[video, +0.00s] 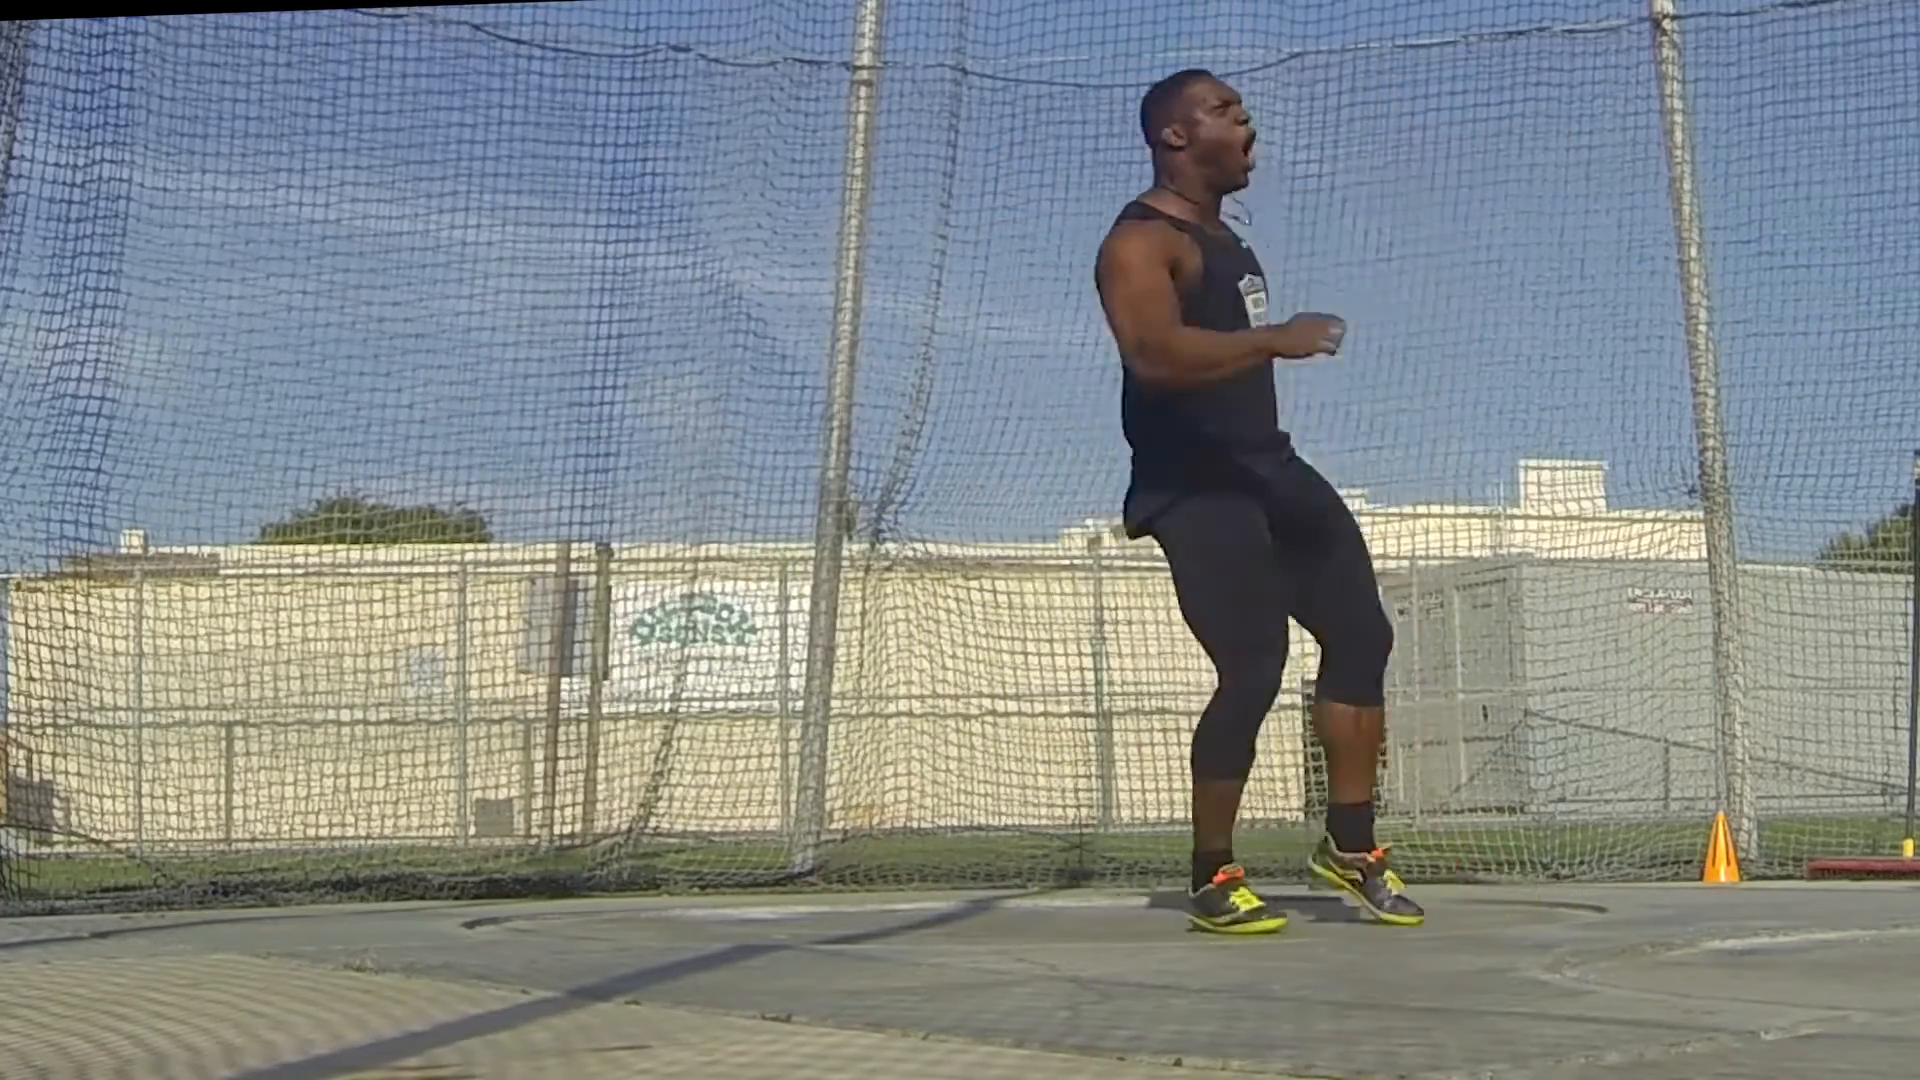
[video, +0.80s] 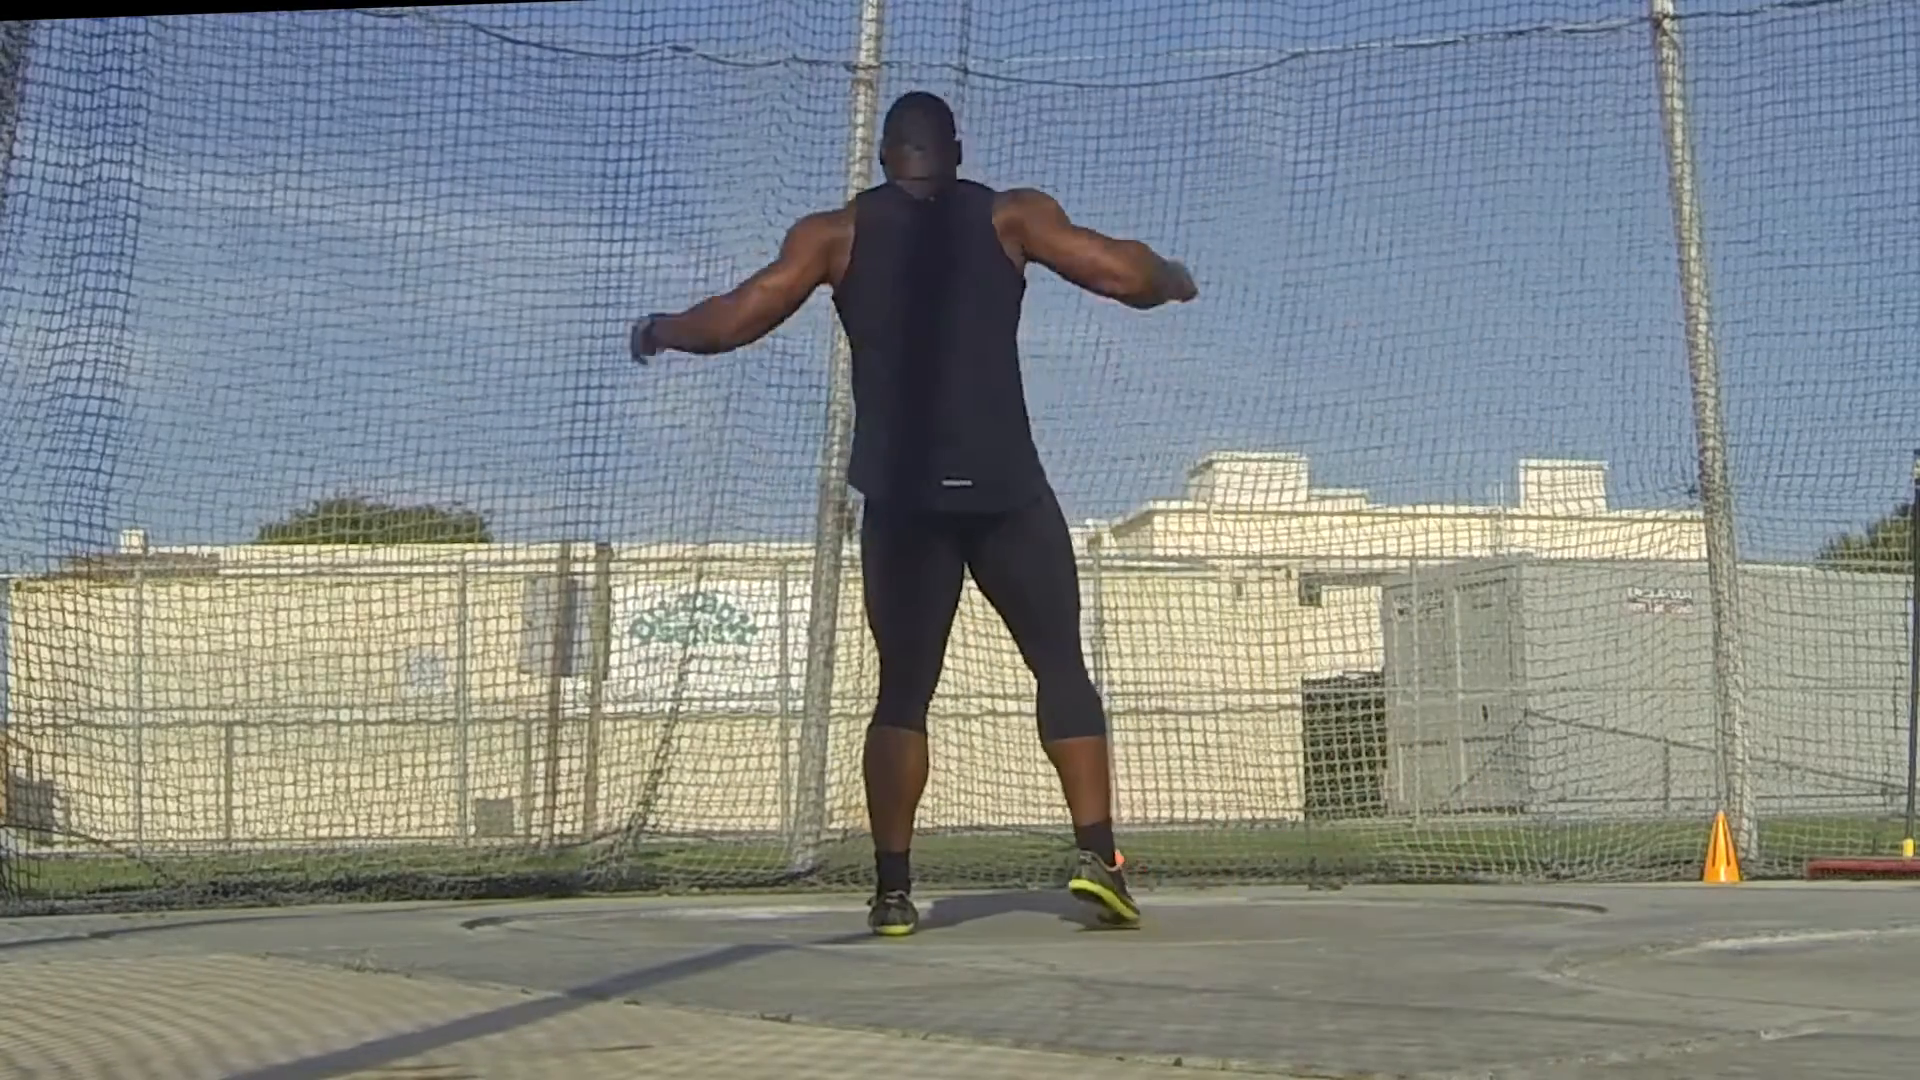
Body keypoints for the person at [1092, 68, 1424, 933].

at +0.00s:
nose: (1248, 128)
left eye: (1243, 113)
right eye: (1228, 114)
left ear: (1194, 141)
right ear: (1174, 136)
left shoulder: (1222, 238)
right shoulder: (1137, 238)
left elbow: (1208, 360)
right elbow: (1154, 355)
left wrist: (1273, 462)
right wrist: (1273, 342)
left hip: (1273, 473)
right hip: (1195, 487)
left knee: (1360, 636)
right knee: (1251, 666)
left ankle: (1351, 849)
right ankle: (1213, 875)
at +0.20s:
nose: (1180, 155)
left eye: (1174, 141)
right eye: (1176, 142)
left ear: (1094, 148)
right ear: (1159, 145)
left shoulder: (1024, 253)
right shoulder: (1169, 241)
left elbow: (1010, 386)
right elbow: (1216, 381)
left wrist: (1056, 482)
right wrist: (1284, 458)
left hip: (1074, 501)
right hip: (1173, 497)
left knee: (1105, 638)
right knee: (1220, 669)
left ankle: (1011, 815)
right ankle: (1191, 885)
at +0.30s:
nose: (1105, 170)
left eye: (1084, 157)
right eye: (1115, 158)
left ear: (1052, 161)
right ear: (1126, 164)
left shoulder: (978, 259)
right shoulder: (1161, 259)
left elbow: (949, 398)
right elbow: (1180, 413)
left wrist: (975, 492)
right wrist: (1163, 503)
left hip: (1017, 505)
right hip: (1130, 508)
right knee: (1179, 675)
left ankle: (903, 867)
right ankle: (1184, 886)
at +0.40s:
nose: (1033, 168)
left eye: (1019, 155)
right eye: (1054, 155)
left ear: (999, 162)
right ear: (1076, 165)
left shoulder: (933, 248)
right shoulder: (1123, 253)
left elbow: (891, 389)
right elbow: (1148, 400)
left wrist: (897, 497)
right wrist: (1144, 509)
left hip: (970, 507)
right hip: (1081, 508)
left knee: (937, 693)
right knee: (1125, 689)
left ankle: (897, 884)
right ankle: (1152, 887)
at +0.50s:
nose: (1001, 166)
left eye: (979, 153)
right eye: (1014, 153)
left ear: (949, 160)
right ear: (1026, 160)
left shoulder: (898, 243)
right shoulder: (1084, 244)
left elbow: (829, 374)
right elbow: (1145, 381)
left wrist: (816, 468)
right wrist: (1149, 474)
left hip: (940, 512)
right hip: (1049, 511)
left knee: (920, 698)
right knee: (1088, 687)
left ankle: (895, 891)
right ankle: (1122, 880)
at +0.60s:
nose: (972, 166)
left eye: (946, 152)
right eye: (982, 153)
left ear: (916, 156)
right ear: (992, 157)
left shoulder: (872, 237)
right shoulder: (1054, 231)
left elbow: (771, 350)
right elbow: (1160, 329)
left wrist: (752, 395)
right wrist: (1150, 383)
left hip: (919, 504)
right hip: (1029, 498)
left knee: (910, 694)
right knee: (1078, 679)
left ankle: (893, 891)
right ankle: (1119, 869)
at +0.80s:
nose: (921, 161)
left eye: (901, 150)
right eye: (939, 146)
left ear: (882, 157)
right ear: (959, 152)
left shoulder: (834, 233)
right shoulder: (1012, 214)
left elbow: (733, 321)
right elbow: (1122, 271)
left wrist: (660, 330)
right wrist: (1175, 281)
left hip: (900, 498)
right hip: (1007, 485)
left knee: (901, 691)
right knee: (1061, 665)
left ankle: (894, 892)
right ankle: (1098, 853)